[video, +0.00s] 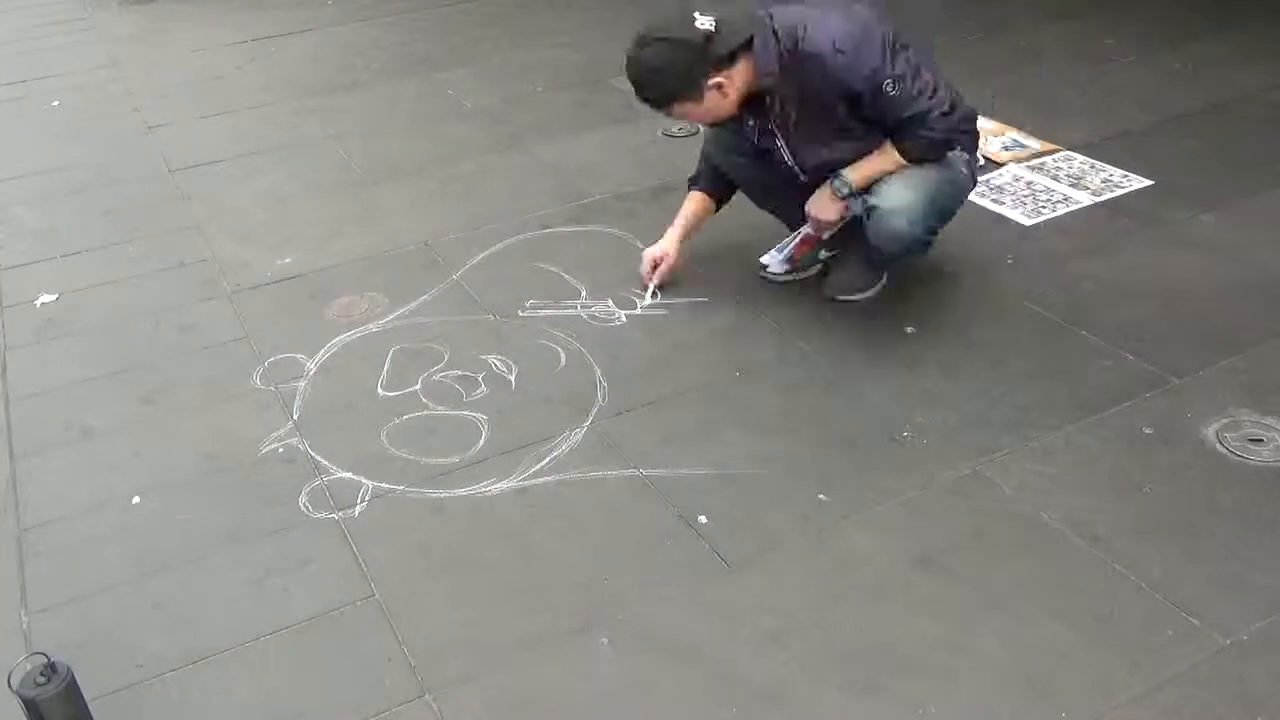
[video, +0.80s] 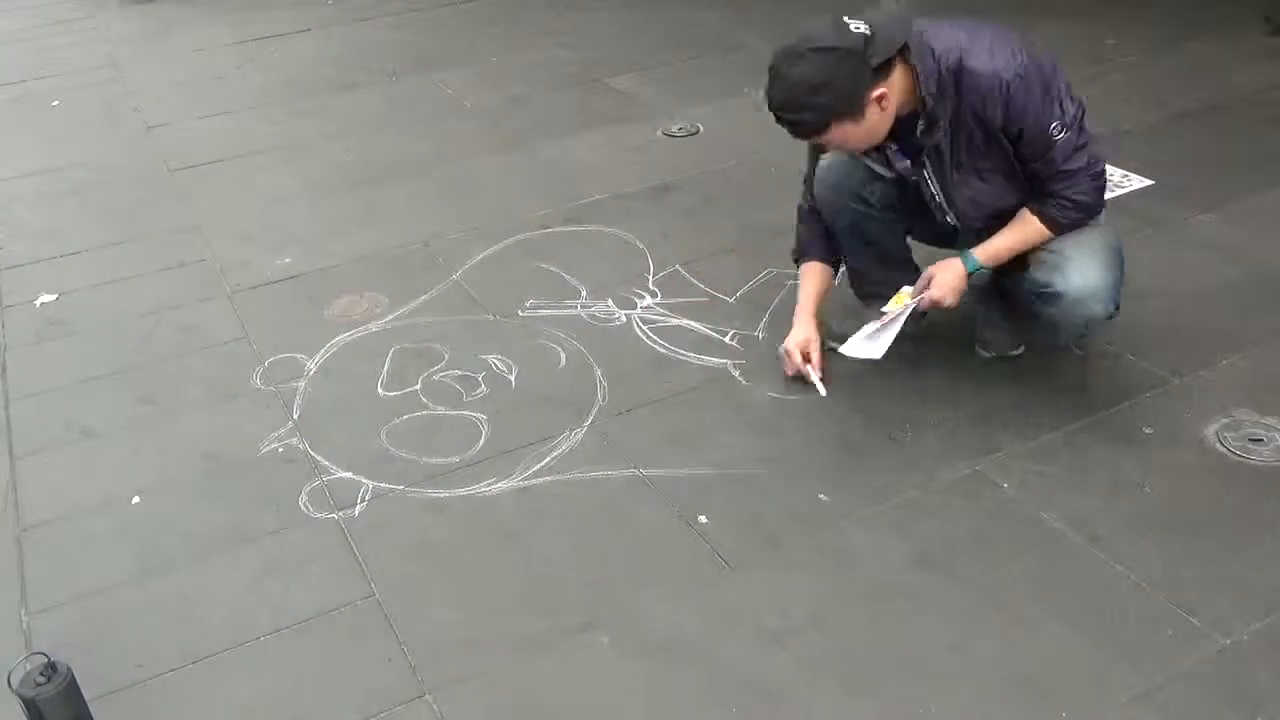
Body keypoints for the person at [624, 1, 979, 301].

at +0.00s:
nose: (691, 124)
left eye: (686, 114)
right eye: (682, 117)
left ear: (719, 86)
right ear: (717, 80)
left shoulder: (841, 48)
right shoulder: (736, 65)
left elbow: (944, 129)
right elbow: (718, 162)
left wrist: (842, 186)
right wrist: (675, 236)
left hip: (925, 151)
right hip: (838, 153)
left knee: (895, 219)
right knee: (730, 146)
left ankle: (872, 256)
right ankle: (822, 232)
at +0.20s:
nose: (780, 122)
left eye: (771, 111)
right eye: (767, 115)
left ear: (800, 72)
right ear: (799, 68)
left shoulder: (928, 57)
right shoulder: (828, 60)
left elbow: (1000, 189)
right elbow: (821, 173)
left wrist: (898, 244)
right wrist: (794, 254)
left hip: (1027, 188)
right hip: (932, 180)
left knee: (960, 298)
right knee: (808, 141)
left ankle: (965, 317)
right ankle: (892, 274)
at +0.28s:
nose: (789, 122)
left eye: (778, 111)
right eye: (775, 115)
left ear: (808, 72)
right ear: (806, 68)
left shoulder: (932, 66)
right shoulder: (843, 50)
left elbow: (1007, 199)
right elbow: (852, 149)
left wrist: (905, 252)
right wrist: (813, 222)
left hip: (1035, 194)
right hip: (947, 175)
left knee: (959, 314)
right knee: (817, 136)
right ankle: (893, 276)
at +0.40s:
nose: (794, 82)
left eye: (785, 73)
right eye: (782, 76)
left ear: (812, 52)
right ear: (816, 47)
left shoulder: (937, 40)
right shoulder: (865, 36)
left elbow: (985, 191)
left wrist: (901, 264)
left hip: (1051, 203)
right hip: (974, 175)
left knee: (927, 324)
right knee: (840, 110)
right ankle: (881, 268)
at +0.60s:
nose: (749, 135)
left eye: (745, 124)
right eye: (738, 126)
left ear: (782, 98)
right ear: (781, 94)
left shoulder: (928, 69)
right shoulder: (809, 100)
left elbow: (1010, 196)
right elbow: (777, 193)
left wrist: (904, 260)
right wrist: (731, 284)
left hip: (1027, 185)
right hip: (925, 191)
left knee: (1000, 293)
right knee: (790, 167)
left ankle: (1001, 320)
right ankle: (895, 293)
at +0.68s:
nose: (757, 136)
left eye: (754, 127)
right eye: (747, 129)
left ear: (793, 105)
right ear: (793, 100)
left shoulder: (937, 73)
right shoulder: (822, 95)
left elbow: (1019, 199)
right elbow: (767, 184)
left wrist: (912, 260)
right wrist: (688, 265)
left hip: (1034, 188)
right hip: (935, 191)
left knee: (1010, 299)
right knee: (799, 160)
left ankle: (1005, 320)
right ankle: (893, 294)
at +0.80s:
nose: (828, 149)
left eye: (830, 137)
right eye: (819, 141)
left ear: (879, 102)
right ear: (880, 99)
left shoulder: (1002, 78)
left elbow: (1079, 196)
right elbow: (820, 209)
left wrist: (971, 264)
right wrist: (804, 317)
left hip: (1034, 214)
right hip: (949, 210)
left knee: (1083, 297)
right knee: (838, 180)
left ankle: (1001, 297)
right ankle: (900, 298)